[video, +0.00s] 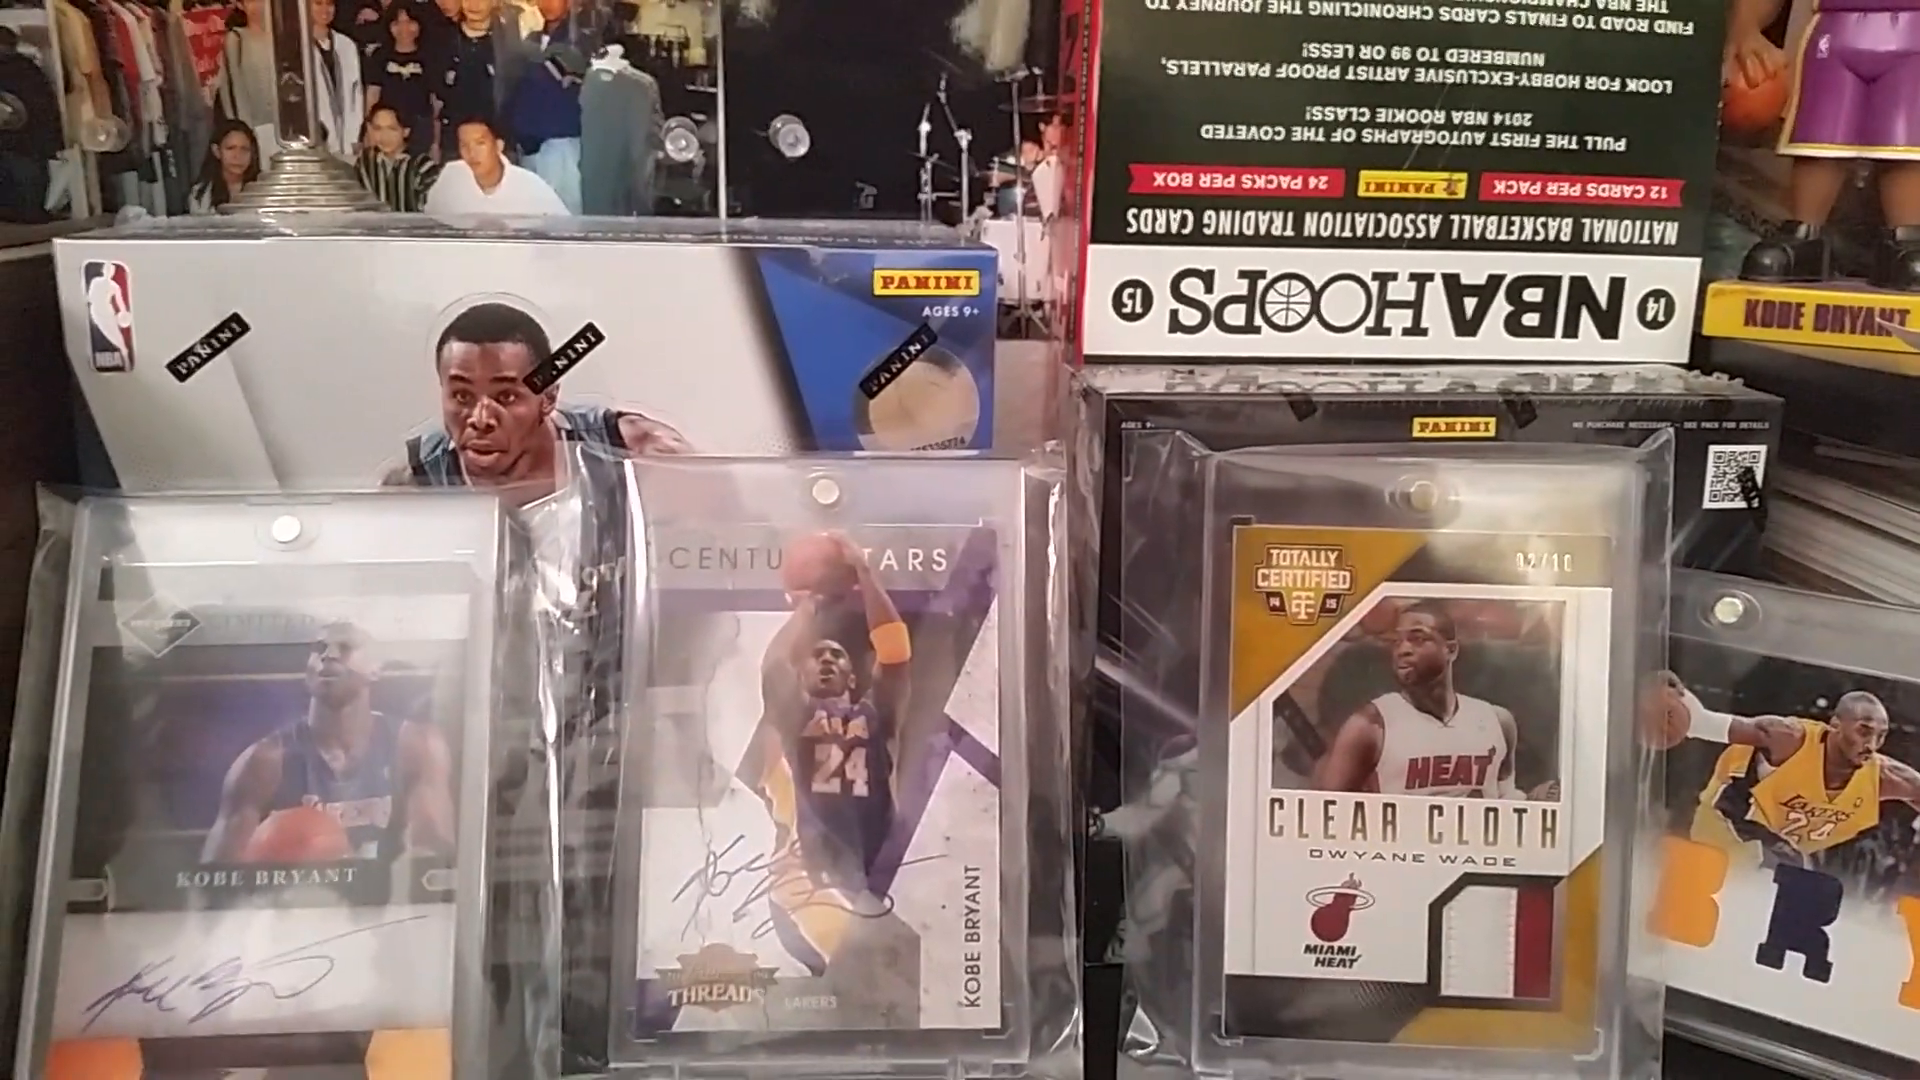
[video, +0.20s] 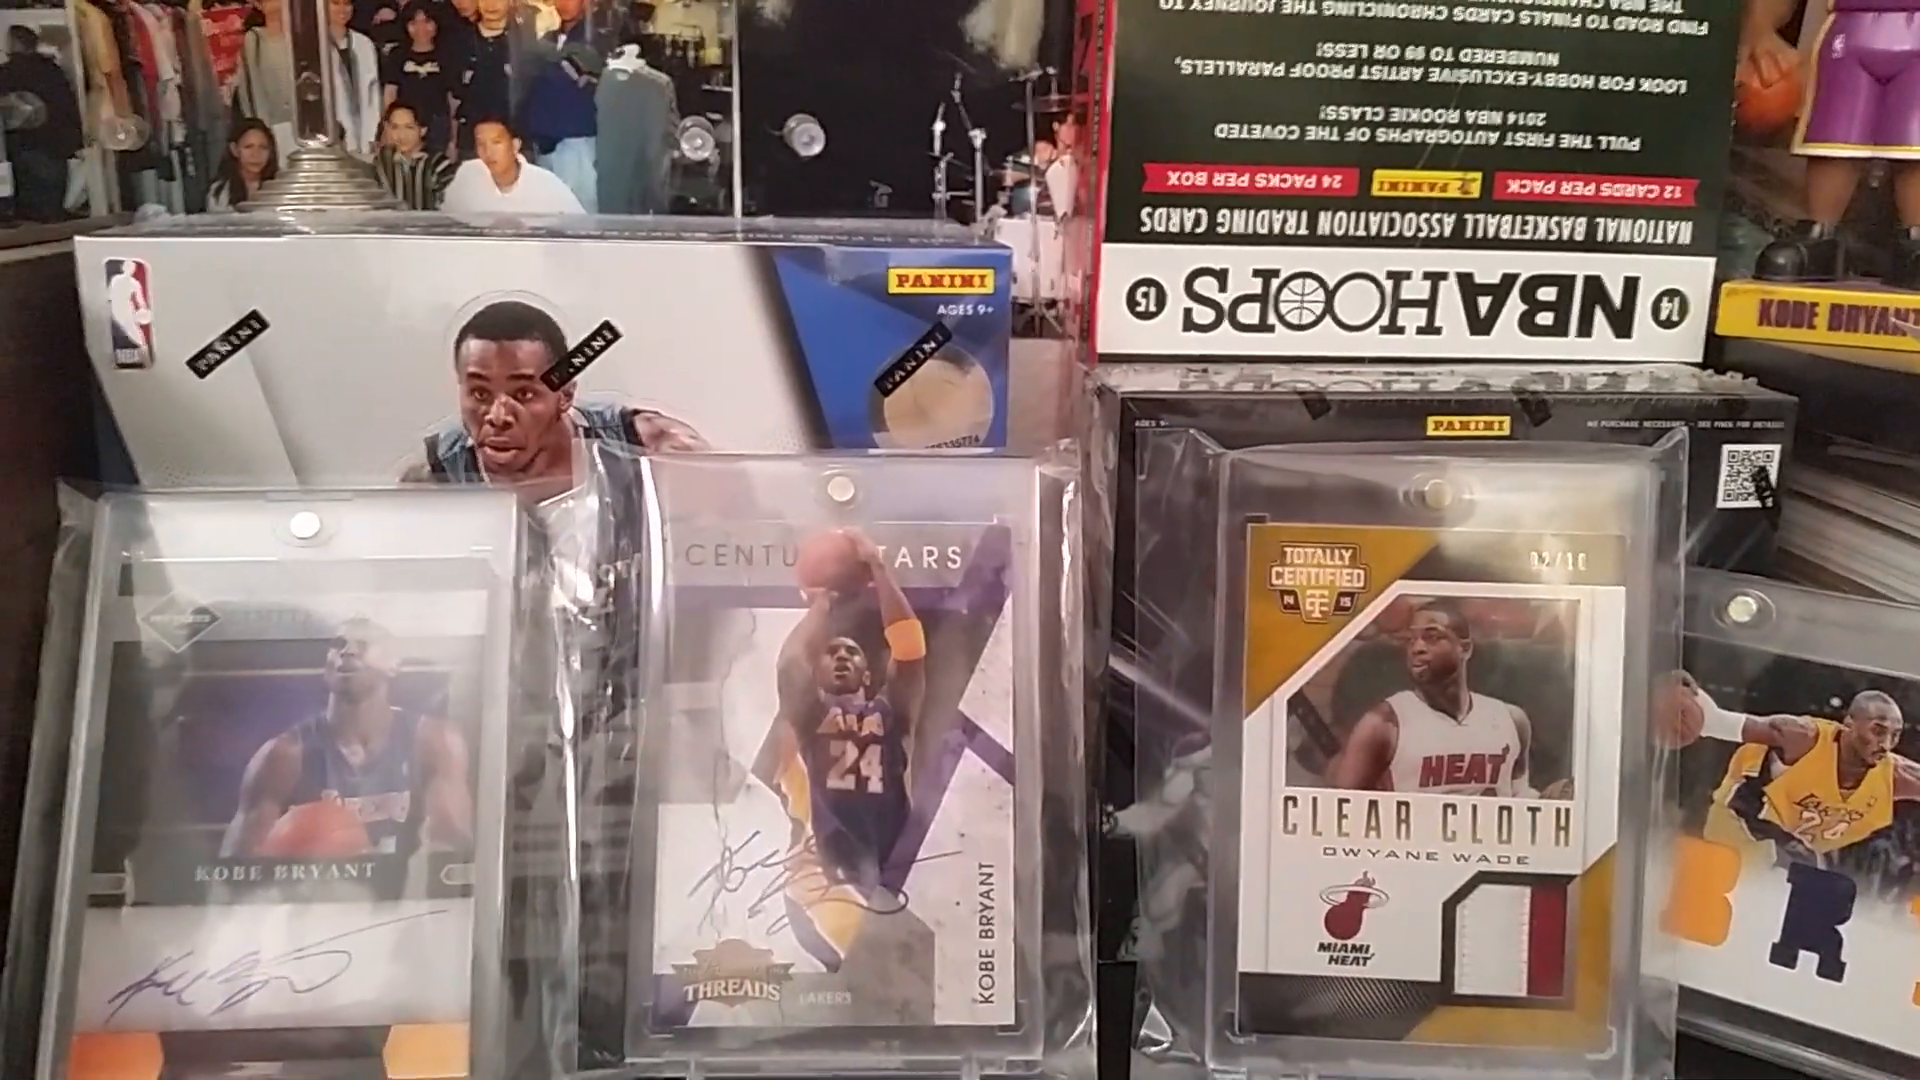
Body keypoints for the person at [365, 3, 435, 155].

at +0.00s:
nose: (404, 28)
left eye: (410, 22)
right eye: (398, 23)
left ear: (418, 28)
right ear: (392, 28)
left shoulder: (429, 58)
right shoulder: (380, 56)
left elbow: (436, 101)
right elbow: (373, 94)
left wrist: (436, 142)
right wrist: (370, 131)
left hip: (420, 127)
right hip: (387, 129)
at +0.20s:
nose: (420, 28)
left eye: (427, 21)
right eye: (414, 23)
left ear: (435, 27)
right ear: (408, 28)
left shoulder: (446, 56)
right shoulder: (398, 55)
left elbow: (453, 99)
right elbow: (390, 93)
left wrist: (453, 140)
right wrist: (389, 130)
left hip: (437, 125)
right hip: (405, 126)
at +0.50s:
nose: (434, 28)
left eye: (440, 22)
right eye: (428, 23)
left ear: (449, 27)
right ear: (421, 28)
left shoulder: (458, 56)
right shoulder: (410, 56)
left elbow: (466, 99)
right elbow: (403, 93)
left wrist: (465, 141)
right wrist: (400, 130)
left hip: (450, 127)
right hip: (418, 129)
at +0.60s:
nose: (446, 27)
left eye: (453, 22)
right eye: (447, 22)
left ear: (469, 26)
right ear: (445, 25)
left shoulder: (483, 58)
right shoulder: (435, 56)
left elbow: (490, 100)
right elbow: (425, 93)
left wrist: (489, 141)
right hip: (439, 128)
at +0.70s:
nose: (484, 29)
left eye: (486, 23)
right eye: (479, 24)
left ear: (494, 28)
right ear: (469, 29)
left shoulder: (504, 57)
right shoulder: (456, 57)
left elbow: (512, 101)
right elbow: (449, 93)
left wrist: (511, 141)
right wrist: (446, 129)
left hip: (495, 125)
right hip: (464, 125)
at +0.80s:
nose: (507, 29)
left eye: (507, 25)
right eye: (501, 25)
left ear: (511, 28)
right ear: (486, 31)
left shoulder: (520, 59)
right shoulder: (474, 58)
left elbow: (528, 100)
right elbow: (467, 94)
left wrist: (528, 144)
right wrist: (462, 127)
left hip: (513, 128)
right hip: (481, 128)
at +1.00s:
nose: (500, 33)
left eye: (506, 27)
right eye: (494, 28)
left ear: (514, 31)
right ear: (488, 33)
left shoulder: (525, 62)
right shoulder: (477, 60)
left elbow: (532, 103)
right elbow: (470, 98)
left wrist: (531, 144)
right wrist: (467, 133)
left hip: (516, 129)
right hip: (484, 130)